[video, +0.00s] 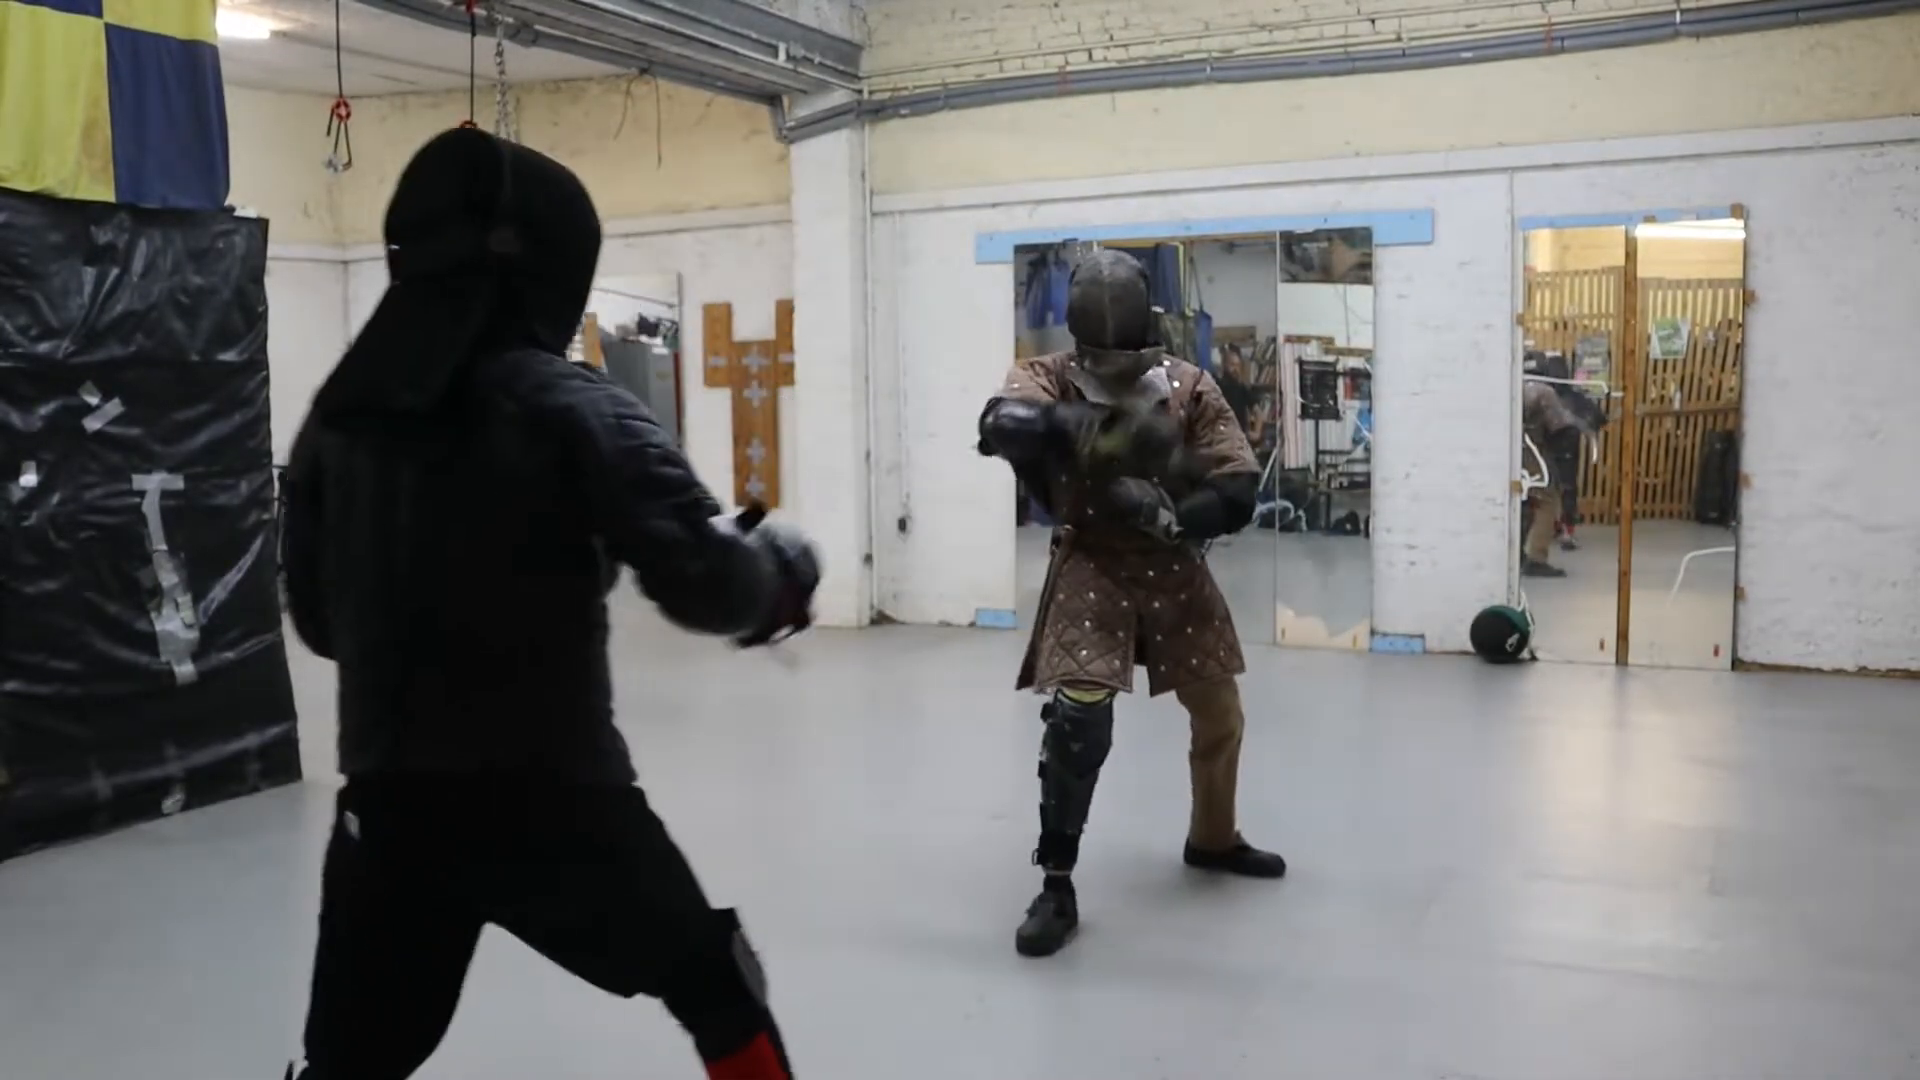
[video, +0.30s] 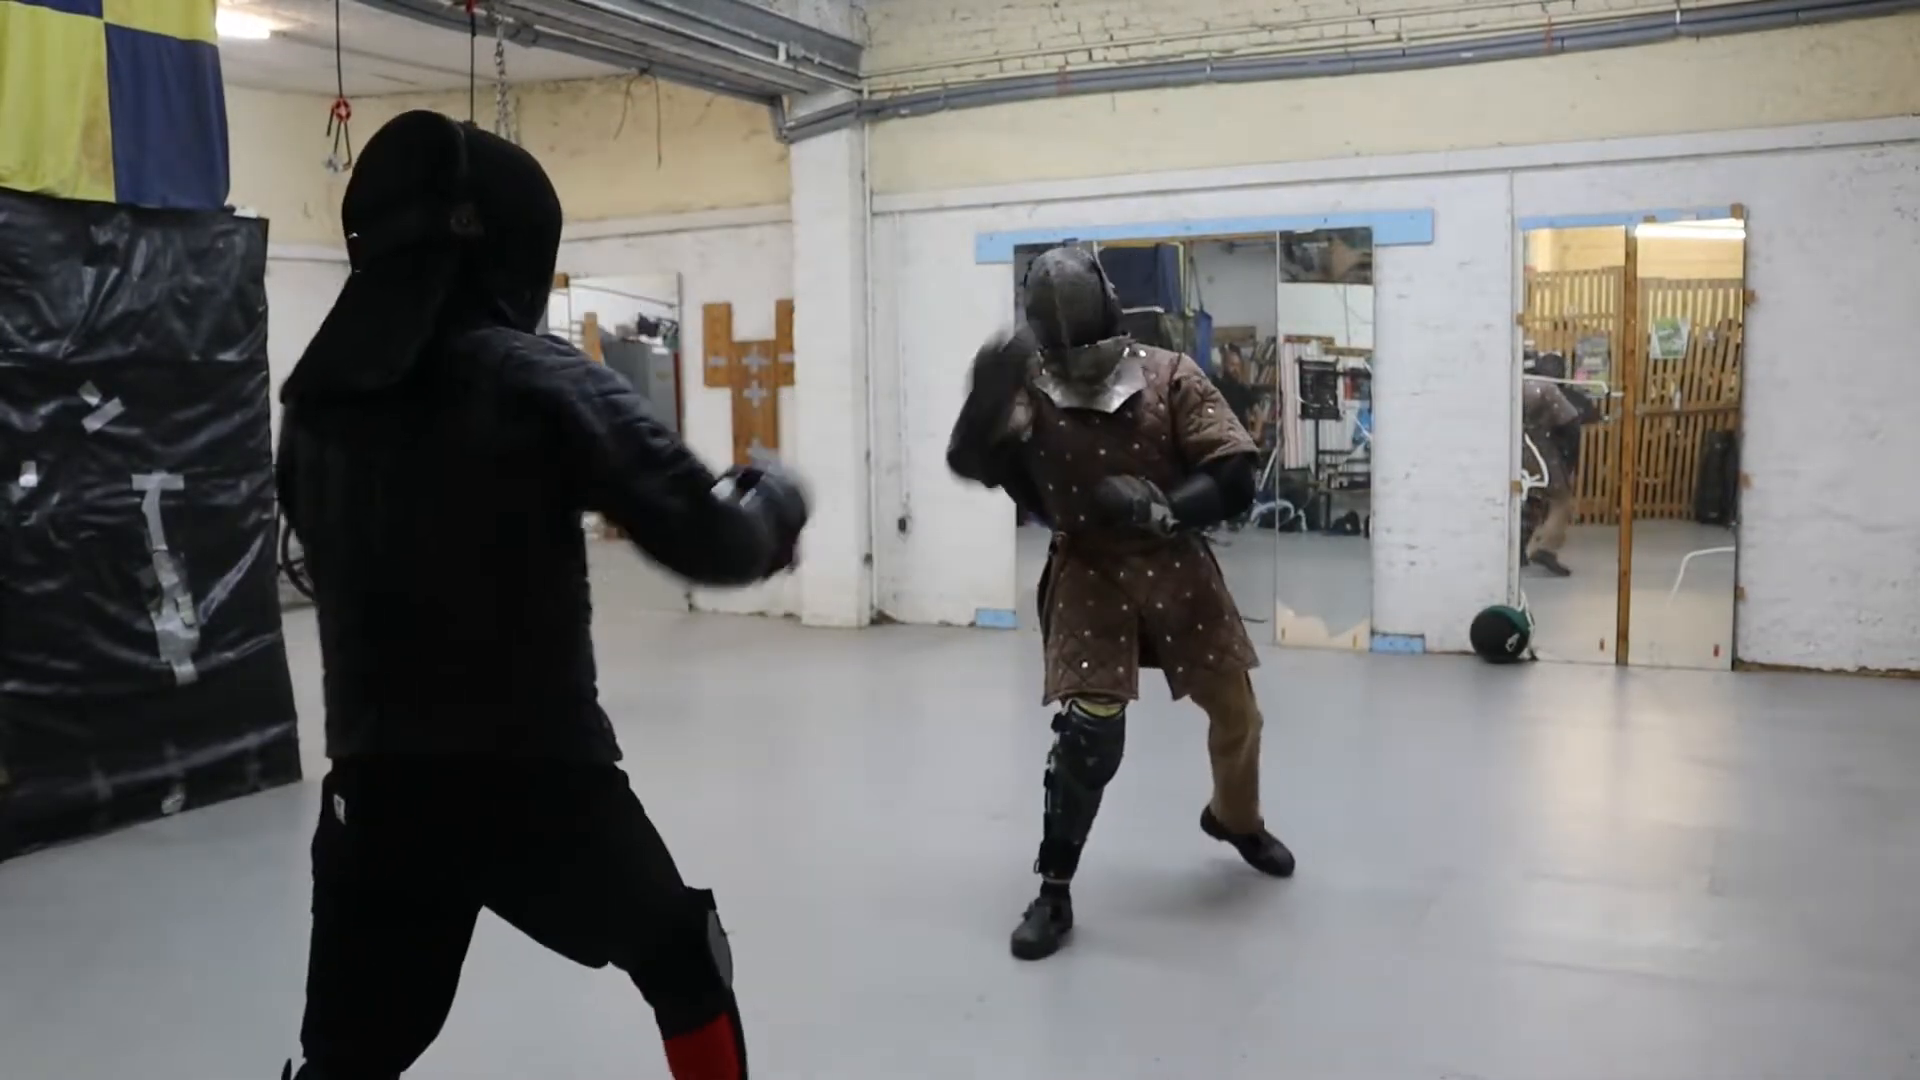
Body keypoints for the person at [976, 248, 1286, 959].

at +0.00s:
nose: (1112, 365)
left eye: (1126, 352)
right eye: (1098, 352)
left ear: (1149, 334)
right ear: (1076, 336)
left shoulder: (1190, 387)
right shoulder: (1049, 377)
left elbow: (1239, 488)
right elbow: (1002, 424)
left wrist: (1177, 517)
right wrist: (1060, 432)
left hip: (1174, 567)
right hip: (1088, 566)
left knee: (1221, 714)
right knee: (1077, 724)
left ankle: (1213, 840)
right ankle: (1056, 888)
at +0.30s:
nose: (1080, 367)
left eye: (1090, 349)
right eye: (1063, 356)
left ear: (1111, 325)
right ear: (1039, 341)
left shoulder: (1168, 374)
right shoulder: (1027, 400)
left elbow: (1237, 474)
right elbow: (968, 462)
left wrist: (1171, 510)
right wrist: (988, 391)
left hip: (1178, 568)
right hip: (1086, 576)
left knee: (1238, 713)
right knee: (1089, 736)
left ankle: (1234, 816)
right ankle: (1053, 892)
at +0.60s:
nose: (1124, 356)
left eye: (1138, 339)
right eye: (1108, 342)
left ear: (1164, 319)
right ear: (1090, 328)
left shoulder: (1219, 386)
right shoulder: (1071, 394)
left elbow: (1275, 492)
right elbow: (1043, 509)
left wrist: (1195, 521)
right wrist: (1020, 587)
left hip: (1197, 579)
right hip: (1105, 579)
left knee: (1229, 732)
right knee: (1089, 733)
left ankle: (1222, 854)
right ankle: (1049, 891)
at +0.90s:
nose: (1186, 358)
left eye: (1200, 343)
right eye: (1173, 345)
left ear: (1224, 324)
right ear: (1156, 329)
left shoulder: (1266, 383)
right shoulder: (1133, 384)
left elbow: (1300, 490)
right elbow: (1096, 482)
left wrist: (1209, 503)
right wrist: (1054, 527)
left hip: (1228, 575)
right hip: (1140, 571)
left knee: (1245, 720)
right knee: (1083, 697)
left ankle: (1234, 853)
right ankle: (1091, 837)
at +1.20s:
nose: (1168, 360)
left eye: (1179, 347)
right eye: (1155, 348)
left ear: (1202, 335)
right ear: (1139, 341)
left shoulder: (1248, 390)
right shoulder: (1122, 394)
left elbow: (1273, 477)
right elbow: (1115, 488)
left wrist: (1205, 463)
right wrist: (1183, 489)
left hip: (1217, 559)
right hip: (1144, 563)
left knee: (1225, 686)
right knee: (1143, 695)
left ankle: (1234, 841)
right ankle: (1174, 777)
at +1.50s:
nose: (1169, 341)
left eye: (1180, 325)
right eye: (1156, 327)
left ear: (1203, 314)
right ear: (1141, 322)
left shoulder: (1247, 372)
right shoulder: (1120, 378)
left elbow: (1267, 460)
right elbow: (1100, 478)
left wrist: (1188, 434)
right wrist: (1139, 529)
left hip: (1220, 539)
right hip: (1146, 540)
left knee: (1239, 667)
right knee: (1145, 667)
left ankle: (1237, 789)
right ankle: (1171, 774)